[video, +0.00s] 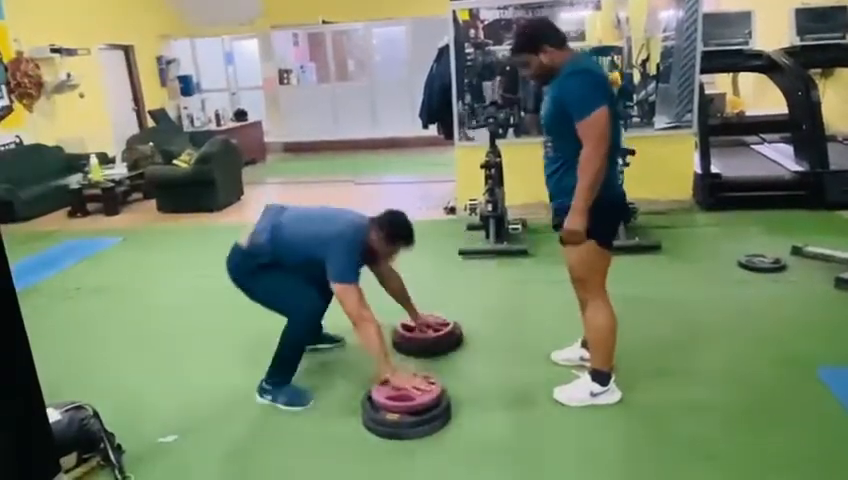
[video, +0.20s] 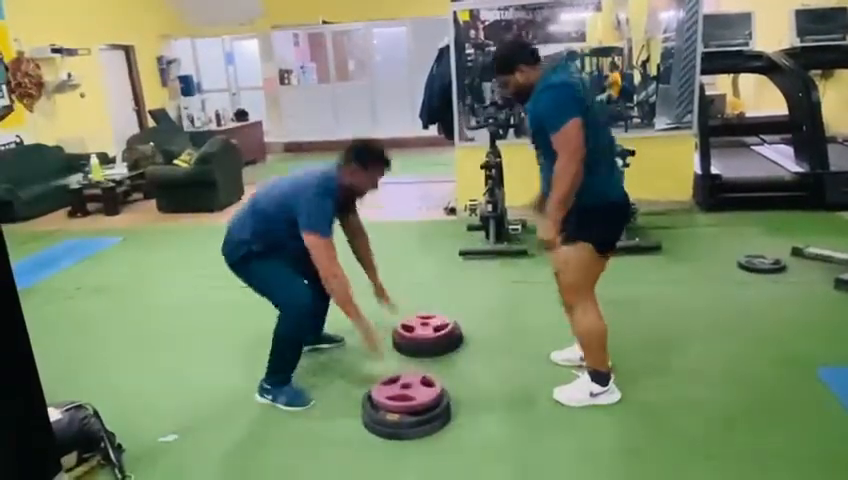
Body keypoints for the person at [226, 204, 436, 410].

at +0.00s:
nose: (390, 258)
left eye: (394, 253)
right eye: (389, 251)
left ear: (381, 231)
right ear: (377, 238)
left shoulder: (365, 229)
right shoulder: (342, 246)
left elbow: (387, 275)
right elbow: (361, 318)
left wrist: (414, 314)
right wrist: (388, 370)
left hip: (270, 247)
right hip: (247, 261)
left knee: (324, 285)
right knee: (306, 307)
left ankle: (309, 333)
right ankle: (273, 385)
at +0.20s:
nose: (375, 185)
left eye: (378, 178)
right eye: (373, 176)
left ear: (353, 168)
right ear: (354, 169)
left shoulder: (340, 188)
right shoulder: (314, 196)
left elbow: (356, 235)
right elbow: (330, 274)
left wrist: (376, 282)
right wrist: (363, 326)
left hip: (279, 242)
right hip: (246, 249)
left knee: (324, 279)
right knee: (299, 302)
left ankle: (310, 334)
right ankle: (274, 385)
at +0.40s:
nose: (350, 109)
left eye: (353, 102)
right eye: (347, 100)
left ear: (333, 92)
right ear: (325, 88)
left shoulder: (321, 122)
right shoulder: (282, 125)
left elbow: (308, 175)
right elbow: (264, 194)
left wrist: (313, 217)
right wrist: (284, 247)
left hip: (286, 211)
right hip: (253, 219)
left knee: (312, 261)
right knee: (286, 293)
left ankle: (305, 331)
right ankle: (273, 383)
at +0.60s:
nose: (325, 86)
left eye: (328, 78)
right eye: (322, 76)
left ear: (304, 67)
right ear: (300, 64)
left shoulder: (299, 101)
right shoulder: (262, 105)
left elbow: (292, 160)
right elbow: (245, 173)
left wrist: (304, 204)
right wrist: (274, 226)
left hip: (298, 212)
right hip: (268, 218)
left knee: (304, 272)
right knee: (279, 294)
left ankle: (304, 334)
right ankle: (271, 384)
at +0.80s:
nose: (308, 79)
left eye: (311, 71)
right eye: (305, 70)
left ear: (289, 64)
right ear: (281, 59)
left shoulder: (288, 99)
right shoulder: (250, 102)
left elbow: (302, 149)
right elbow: (252, 171)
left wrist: (328, 188)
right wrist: (278, 227)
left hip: (296, 211)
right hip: (266, 217)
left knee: (298, 279)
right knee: (274, 294)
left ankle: (303, 335)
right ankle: (270, 383)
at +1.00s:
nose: (300, 77)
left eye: (303, 69)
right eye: (297, 68)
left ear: (279, 61)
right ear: (271, 57)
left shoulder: (281, 95)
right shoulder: (243, 101)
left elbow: (296, 147)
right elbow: (248, 169)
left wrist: (332, 181)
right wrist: (284, 217)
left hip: (293, 208)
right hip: (263, 214)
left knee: (297, 278)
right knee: (272, 294)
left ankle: (303, 334)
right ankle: (270, 382)